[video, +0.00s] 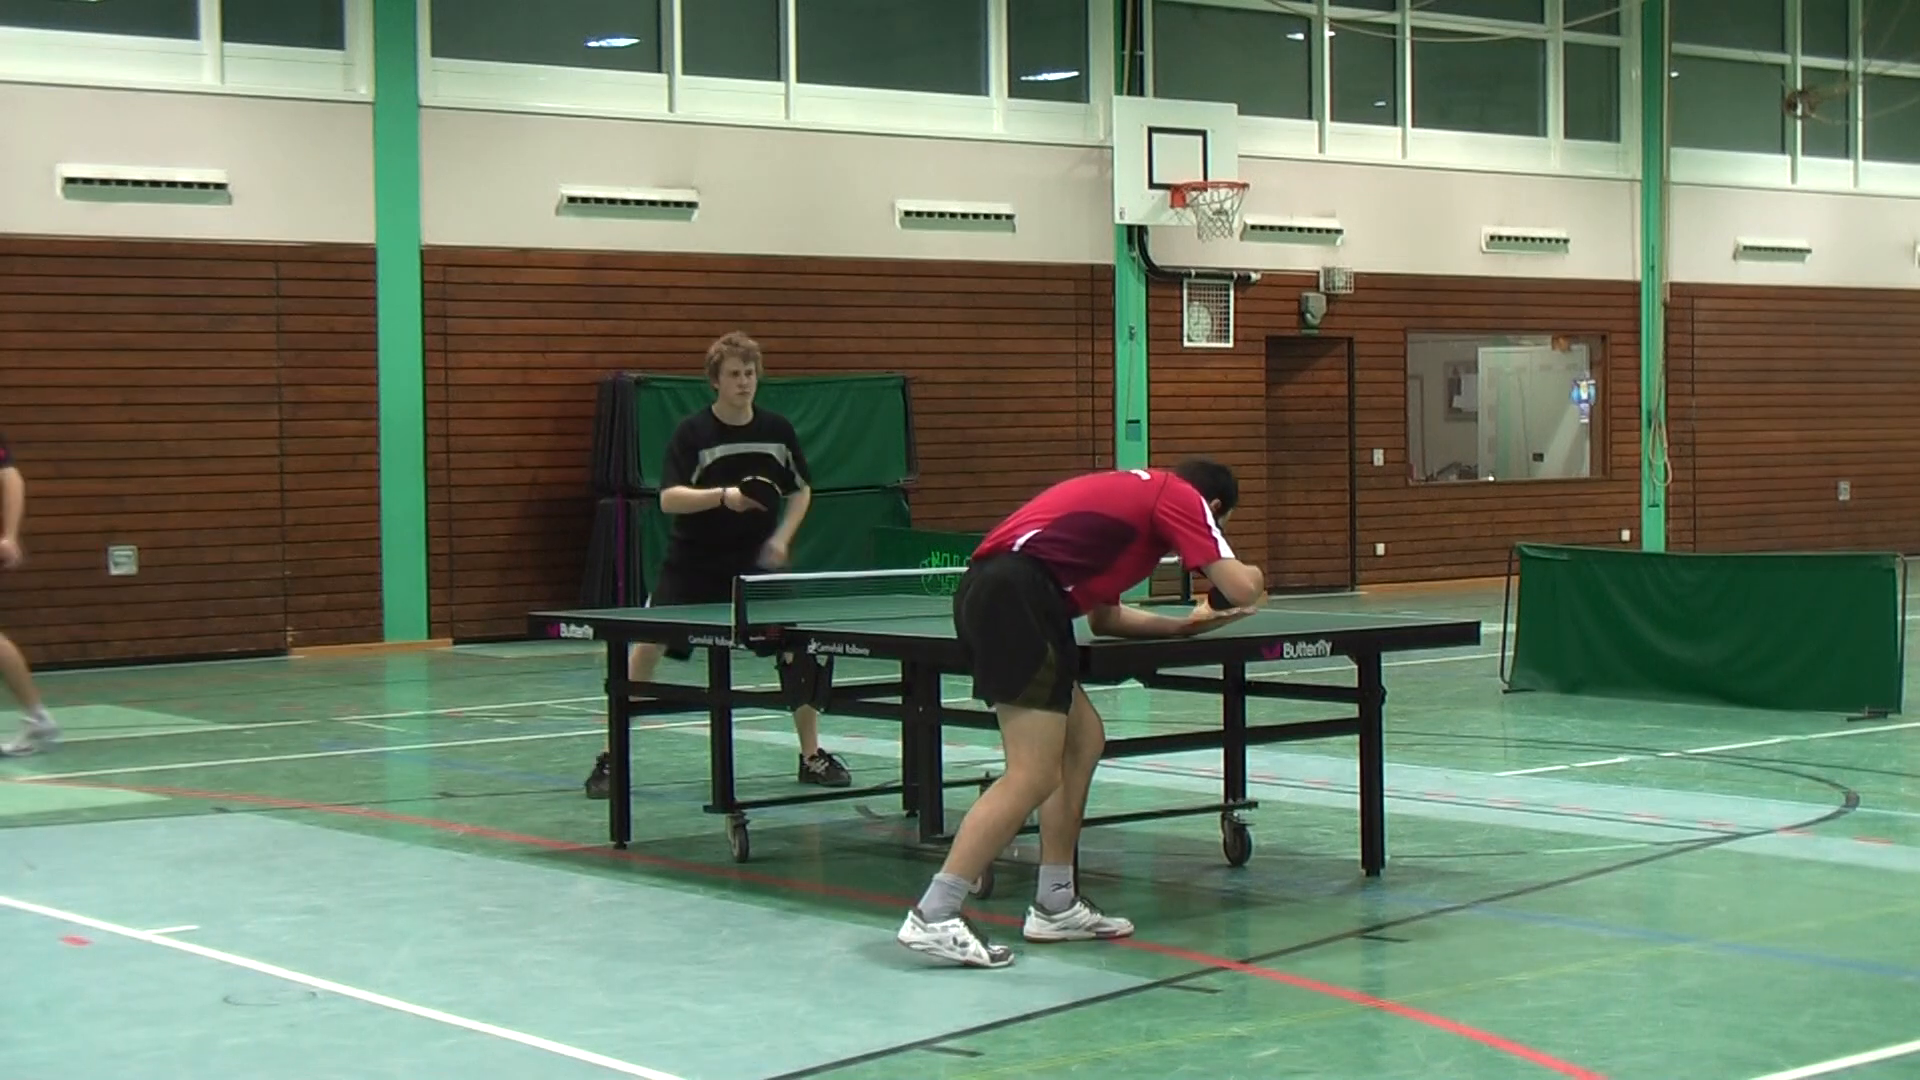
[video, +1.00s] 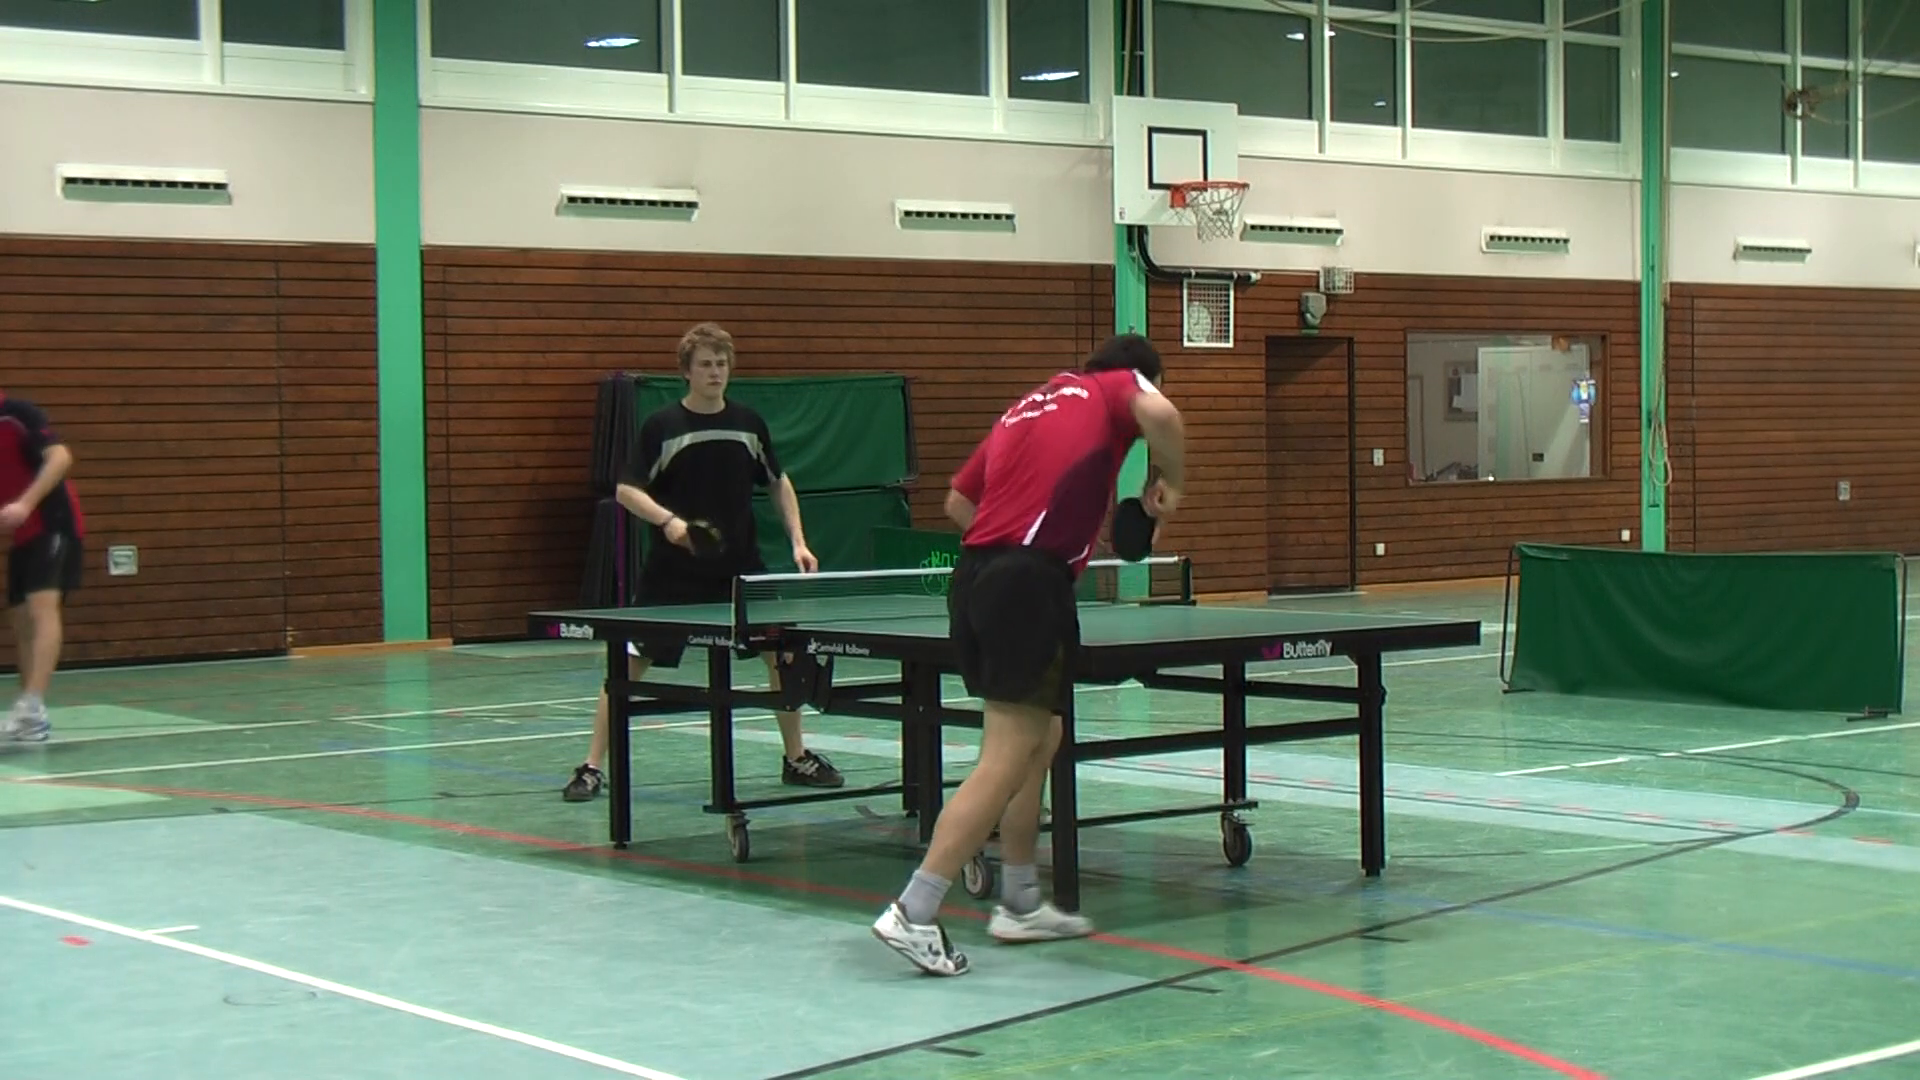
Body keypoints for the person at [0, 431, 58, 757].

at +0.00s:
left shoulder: (1, 445)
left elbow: (10, 476)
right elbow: (12, 477)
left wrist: (10, 535)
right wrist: (10, 534)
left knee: (1, 638)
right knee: (1, 639)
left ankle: (38, 717)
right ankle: (38, 717)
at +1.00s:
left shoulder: (16, 412)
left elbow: (60, 455)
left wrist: (24, 504)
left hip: (50, 523)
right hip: (18, 530)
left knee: (43, 605)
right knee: (20, 613)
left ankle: (33, 707)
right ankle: (31, 707)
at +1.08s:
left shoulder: (24, 408)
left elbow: (79, 449)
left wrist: (51, 499)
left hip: (52, 525)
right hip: (18, 530)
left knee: (54, 604)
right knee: (25, 615)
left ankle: (48, 703)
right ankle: (33, 704)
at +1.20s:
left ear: (4, 383)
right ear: (1, 387)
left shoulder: (43, 410)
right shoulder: (4, 427)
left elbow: (96, 450)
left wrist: (100, 508)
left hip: (59, 535)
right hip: (20, 541)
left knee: (69, 613)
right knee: (29, 622)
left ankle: (84, 712)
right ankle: (30, 717)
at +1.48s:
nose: (10, 381)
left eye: (17, 373)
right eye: (7, 375)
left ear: (44, 373)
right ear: (10, 380)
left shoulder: (86, 417)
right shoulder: (14, 431)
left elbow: (127, 466)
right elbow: (8, 494)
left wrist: (158, 514)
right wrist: (9, 538)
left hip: (82, 545)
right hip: (32, 547)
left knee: (100, 624)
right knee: (21, 621)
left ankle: (118, 713)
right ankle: (29, 717)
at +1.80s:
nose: (27, 383)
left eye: (35, 376)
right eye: (26, 377)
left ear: (62, 374)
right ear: (30, 379)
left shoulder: (98, 423)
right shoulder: (31, 424)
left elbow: (118, 488)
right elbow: (28, 480)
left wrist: (116, 546)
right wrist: (21, 532)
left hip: (84, 547)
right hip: (34, 545)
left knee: (103, 628)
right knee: (12, 618)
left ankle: (119, 713)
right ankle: (9, 712)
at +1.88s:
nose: (17, 387)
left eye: (24, 379)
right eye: (15, 380)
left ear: (51, 376)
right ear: (23, 382)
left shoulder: (89, 423)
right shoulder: (24, 428)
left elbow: (104, 489)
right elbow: (20, 486)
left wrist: (86, 543)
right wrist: (6, 538)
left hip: (78, 548)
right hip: (29, 548)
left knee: (102, 629)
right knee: (7, 619)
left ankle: (118, 712)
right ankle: (1, 710)